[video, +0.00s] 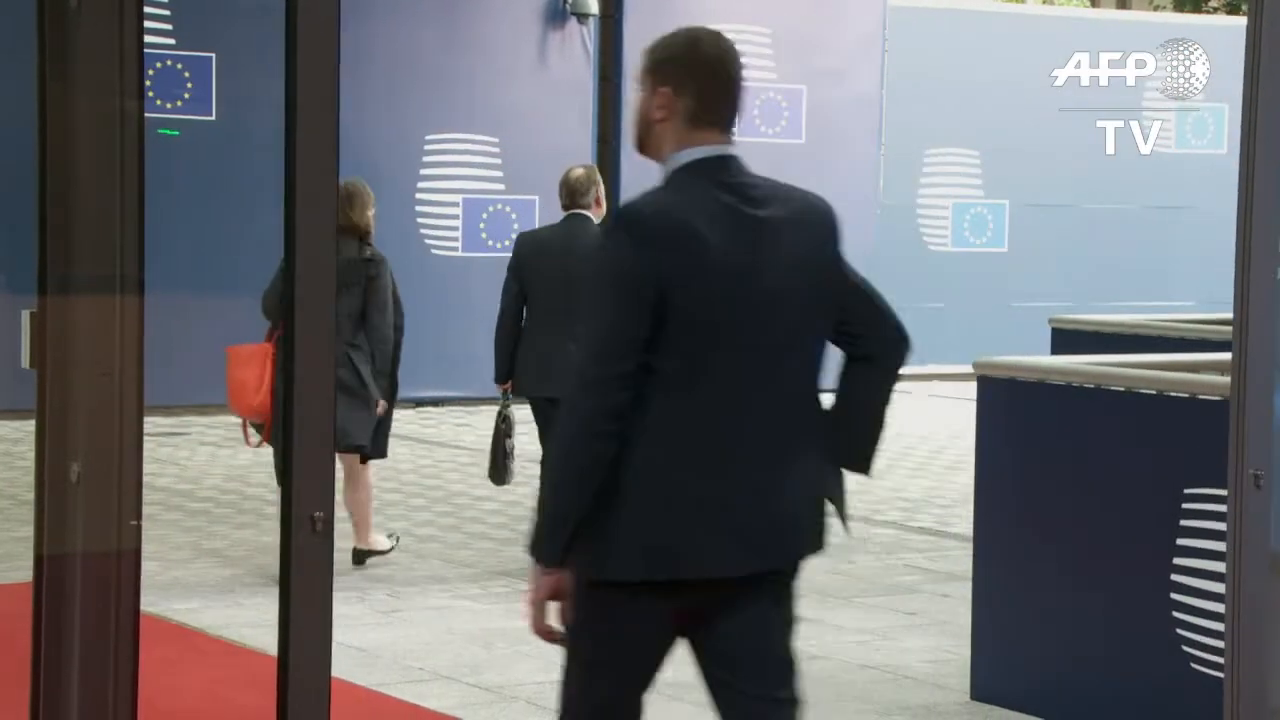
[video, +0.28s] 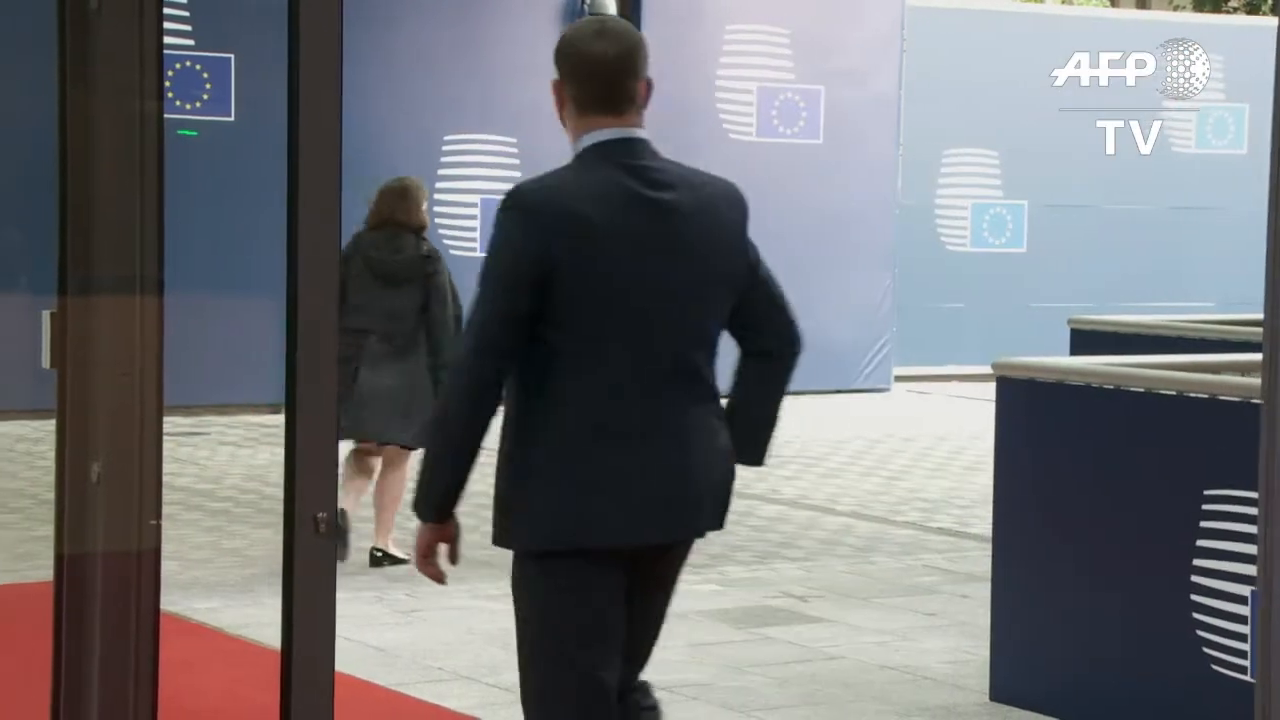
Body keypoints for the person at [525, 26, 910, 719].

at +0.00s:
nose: (634, 107)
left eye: (639, 93)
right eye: (639, 92)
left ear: (662, 102)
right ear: (732, 107)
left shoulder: (640, 227)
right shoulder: (803, 221)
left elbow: (596, 400)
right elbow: (881, 340)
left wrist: (551, 549)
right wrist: (831, 454)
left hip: (635, 553)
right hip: (757, 552)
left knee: (594, 709)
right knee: (765, 708)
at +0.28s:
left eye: (558, 90)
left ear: (559, 98)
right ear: (647, 93)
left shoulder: (536, 208)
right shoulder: (713, 205)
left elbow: (481, 365)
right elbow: (776, 340)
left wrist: (436, 503)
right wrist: (729, 447)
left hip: (565, 508)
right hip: (676, 500)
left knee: (567, 704)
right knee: (622, 683)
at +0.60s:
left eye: (504, 109)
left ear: (505, 117)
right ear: (591, 115)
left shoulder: (478, 216)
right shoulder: (647, 230)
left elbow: (417, 356)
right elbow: (668, 380)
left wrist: (384, 472)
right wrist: (618, 455)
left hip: (497, 500)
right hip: (597, 497)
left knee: (517, 698)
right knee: (542, 692)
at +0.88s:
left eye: (455, 104)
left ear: (456, 109)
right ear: (538, 108)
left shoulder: (433, 195)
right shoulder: (592, 218)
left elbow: (370, 342)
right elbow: (594, 361)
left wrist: (376, 429)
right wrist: (539, 411)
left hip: (428, 481)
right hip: (537, 484)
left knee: (363, 652)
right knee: (512, 687)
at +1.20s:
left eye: (356, 139)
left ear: (358, 146)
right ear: (436, 143)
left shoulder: (319, 240)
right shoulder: (493, 254)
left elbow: (270, 379)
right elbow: (505, 393)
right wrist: (441, 439)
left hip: (339, 509)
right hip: (450, 511)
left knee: (306, 699)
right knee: (454, 698)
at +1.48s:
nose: (332, 130)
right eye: (332, 122)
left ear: (249, 129)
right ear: (324, 126)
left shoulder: (209, 230)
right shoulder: (387, 235)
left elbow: (158, 372)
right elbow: (398, 379)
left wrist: (207, 452)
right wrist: (332, 417)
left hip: (239, 491)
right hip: (349, 491)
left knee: (236, 692)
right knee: (331, 666)